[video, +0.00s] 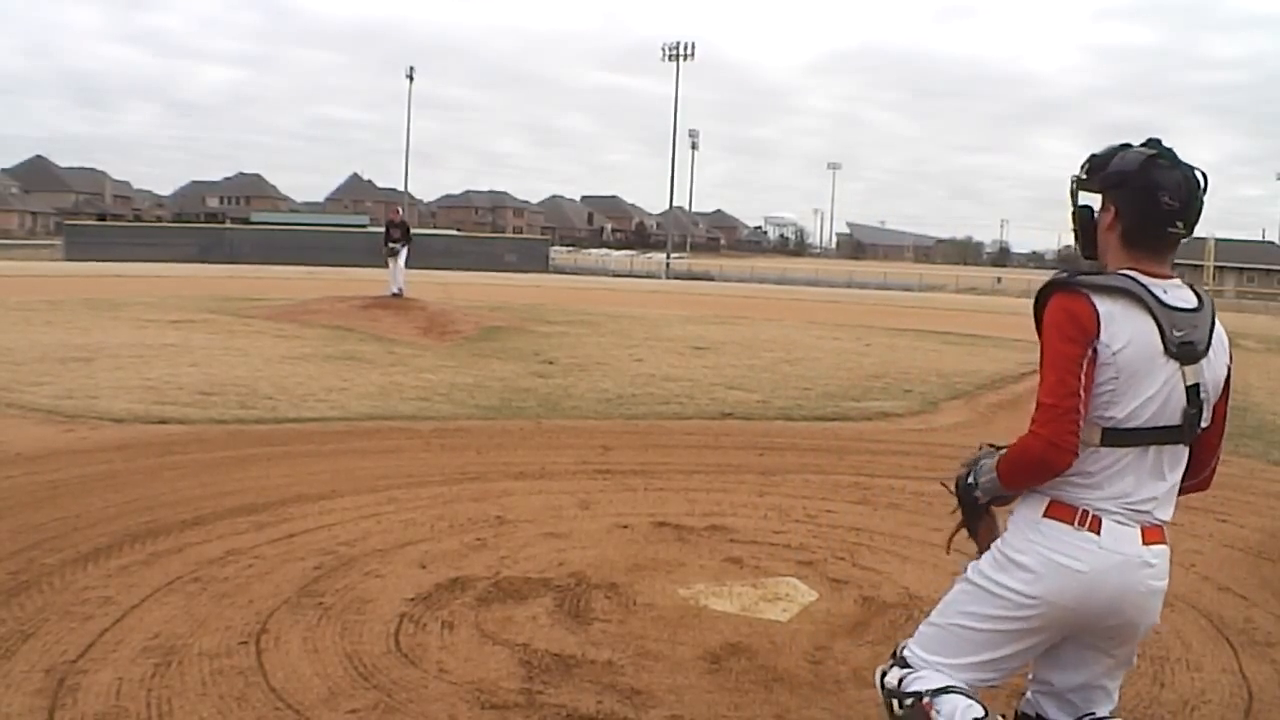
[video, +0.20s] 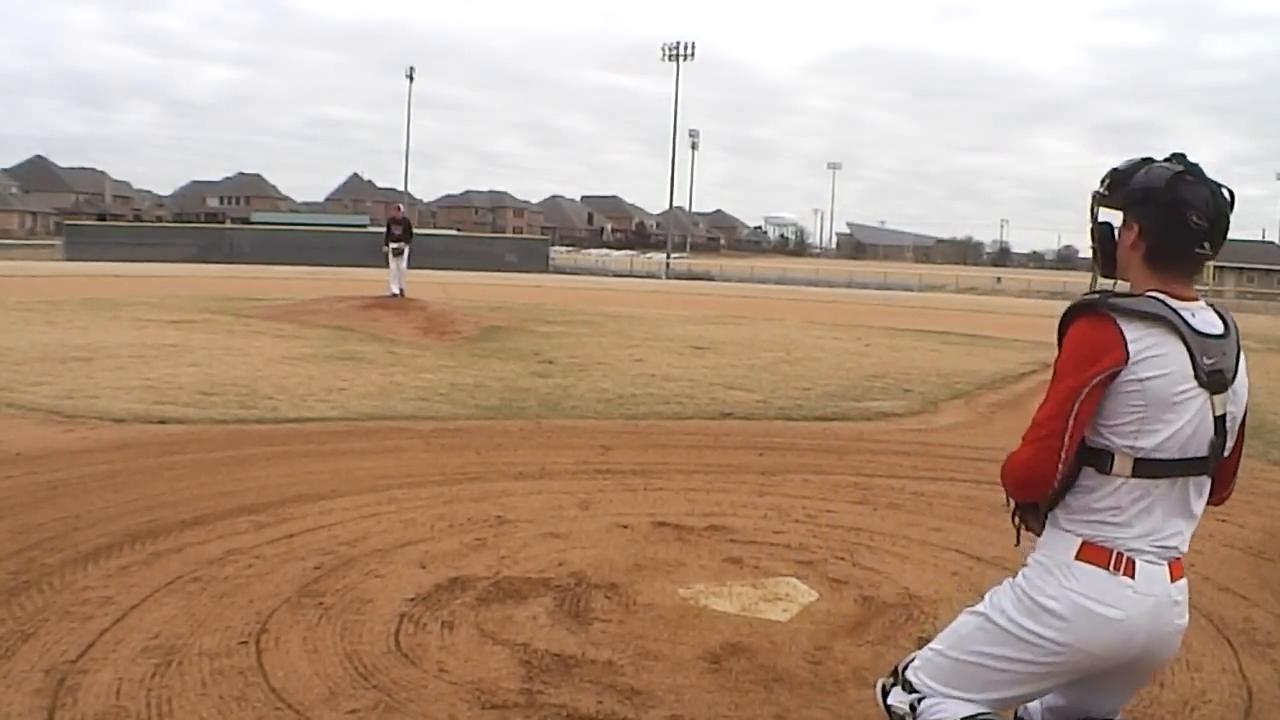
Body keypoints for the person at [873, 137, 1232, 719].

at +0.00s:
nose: (1091, 213)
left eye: (1097, 202)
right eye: (1094, 201)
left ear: (1112, 215)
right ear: (1177, 226)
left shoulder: (1080, 302)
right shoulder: (1212, 331)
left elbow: (1052, 446)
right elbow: (1198, 473)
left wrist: (983, 483)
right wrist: (1108, 473)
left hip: (1054, 544)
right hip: (1146, 558)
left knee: (918, 673)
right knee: (1069, 710)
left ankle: (966, 714)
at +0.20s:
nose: (1113, 233)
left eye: (1119, 221)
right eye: (1117, 219)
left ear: (1133, 234)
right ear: (1203, 247)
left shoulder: (1106, 325)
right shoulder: (1226, 339)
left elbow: (1037, 473)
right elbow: (1219, 485)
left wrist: (1022, 489)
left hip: (1078, 593)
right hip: (1166, 604)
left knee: (914, 692)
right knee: (1054, 713)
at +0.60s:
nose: (1116, 303)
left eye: (1122, 290)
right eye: (1120, 289)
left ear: (1137, 306)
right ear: (1217, 314)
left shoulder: (1124, 408)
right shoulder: (1256, 391)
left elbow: (965, 513)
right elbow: (1271, 543)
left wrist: (1056, 484)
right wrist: (1097, 514)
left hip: (1131, 700)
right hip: (1220, 698)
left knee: (894, 665)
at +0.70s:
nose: (1108, 291)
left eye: (1114, 280)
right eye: (1112, 278)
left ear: (1128, 295)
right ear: (1205, 306)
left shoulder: (1113, 399)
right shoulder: (1247, 382)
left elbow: (965, 518)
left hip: (1141, 701)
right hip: (1237, 697)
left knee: (902, 653)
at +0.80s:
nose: (1099, 289)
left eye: (1105, 278)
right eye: (1104, 276)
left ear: (1121, 293)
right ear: (1198, 301)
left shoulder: (1100, 393)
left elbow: (980, 548)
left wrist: (1091, 488)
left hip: (1161, 701)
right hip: (1265, 694)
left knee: (908, 646)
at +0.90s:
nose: (1090, 314)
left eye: (1097, 300)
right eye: (1095, 299)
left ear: (1115, 313)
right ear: (1196, 318)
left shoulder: (1096, 415)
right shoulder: (1245, 394)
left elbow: (1005, 591)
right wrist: (1084, 502)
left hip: (1162, 702)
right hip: (1264, 699)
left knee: (912, 645)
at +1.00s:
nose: (1093, 344)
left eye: (1098, 330)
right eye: (1097, 329)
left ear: (1115, 343)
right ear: (1198, 345)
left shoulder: (1094, 441)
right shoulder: (1248, 423)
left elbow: (1022, 630)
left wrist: (999, 561)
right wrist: (1049, 529)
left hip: (1161, 711)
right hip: (1265, 705)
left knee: (926, 647)